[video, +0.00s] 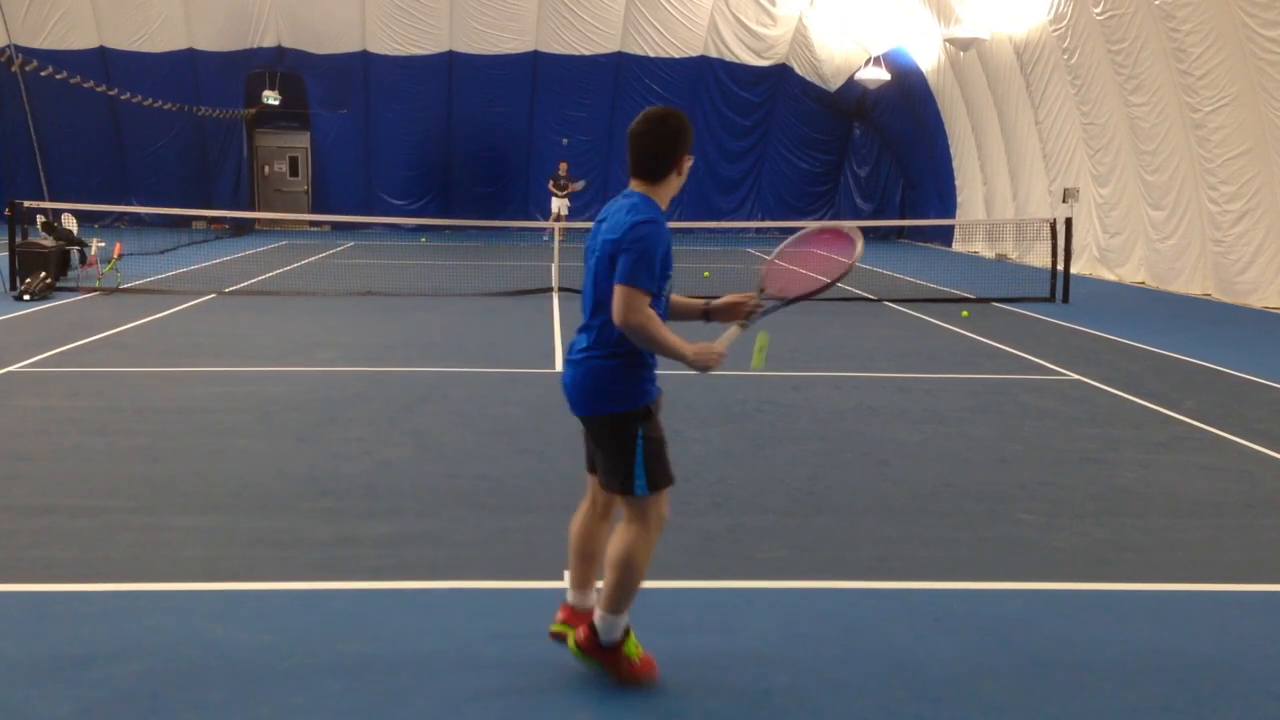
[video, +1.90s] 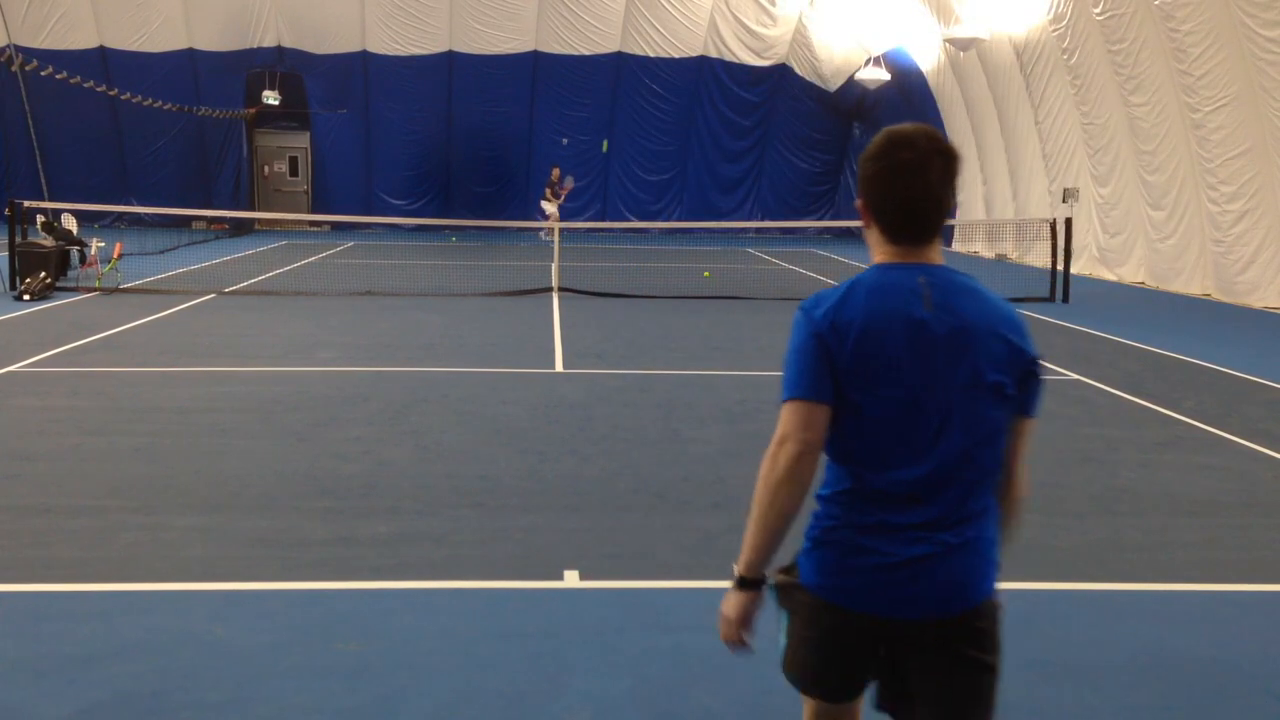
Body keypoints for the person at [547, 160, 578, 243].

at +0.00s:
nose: (564, 167)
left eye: (565, 165)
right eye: (562, 165)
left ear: (567, 167)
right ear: (559, 166)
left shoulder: (568, 177)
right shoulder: (555, 176)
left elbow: (570, 188)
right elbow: (550, 186)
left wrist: (564, 193)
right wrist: (558, 192)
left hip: (564, 199)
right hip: (555, 198)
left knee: (563, 216)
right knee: (554, 214)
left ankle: (562, 234)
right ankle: (548, 231)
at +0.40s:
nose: (551, 167)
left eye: (552, 165)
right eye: (550, 166)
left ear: (555, 167)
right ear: (547, 167)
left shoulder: (559, 177)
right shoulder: (545, 177)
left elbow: (561, 187)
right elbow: (542, 187)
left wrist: (554, 191)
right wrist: (548, 193)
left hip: (555, 199)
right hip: (546, 199)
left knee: (558, 217)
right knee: (543, 216)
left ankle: (560, 235)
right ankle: (540, 235)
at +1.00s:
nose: (540, 168)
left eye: (541, 166)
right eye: (539, 166)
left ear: (544, 167)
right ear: (537, 168)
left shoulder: (549, 177)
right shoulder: (535, 177)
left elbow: (551, 187)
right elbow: (532, 188)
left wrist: (544, 192)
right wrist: (537, 193)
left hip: (545, 199)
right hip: (536, 199)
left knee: (545, 216)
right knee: (531, 216)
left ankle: (547, 235)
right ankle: (537, 231)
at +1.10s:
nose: (538, 167)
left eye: (540, 166)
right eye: (537, 166)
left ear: (543, 167)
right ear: (535, 167)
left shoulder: (547, 177)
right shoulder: (533, 177)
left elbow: (549, 187)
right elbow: (530, 187)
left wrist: (542, 192)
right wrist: (535, 193)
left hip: (543, 199)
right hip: (534, 198)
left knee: (544, 216)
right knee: (528, 215)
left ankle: (547, 234)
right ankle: (530, 231)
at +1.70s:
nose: (547, 169)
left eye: (548, 167)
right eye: (546, 167)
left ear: (551, 169)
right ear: (543, 169)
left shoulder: (552, 178)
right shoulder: (539, 178)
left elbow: (554, 188)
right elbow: (536, 190)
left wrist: (550, 196)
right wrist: (544, 197)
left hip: (548, 198)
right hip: (539, 198)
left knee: (552, 216)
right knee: (539, 215)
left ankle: (548, 233)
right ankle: (535, 233)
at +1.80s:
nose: (552, 172)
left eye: (553, 170)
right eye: (550, 170)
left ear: (555, 171)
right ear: (547, 171)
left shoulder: (556, 182)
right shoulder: (544, 181)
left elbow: (557, 192)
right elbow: (541, 193)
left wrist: (555, 200)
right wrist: (550, 200)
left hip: (551, 201)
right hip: (543, 201)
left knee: (555, 218)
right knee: (545, 217)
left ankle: (550, 236)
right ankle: (536, 235)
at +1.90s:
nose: (557, 173)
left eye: (558, 171)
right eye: (555, 171)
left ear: (559, 173)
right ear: (552, 172)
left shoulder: (557, 183)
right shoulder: (550, 182)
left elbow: (559, 192)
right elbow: (548, 194)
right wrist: (556, 201)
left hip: (553, 202)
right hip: (546, 201)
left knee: (557, 218)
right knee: (554, 215)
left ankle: (552, 235)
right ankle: (545, 231)